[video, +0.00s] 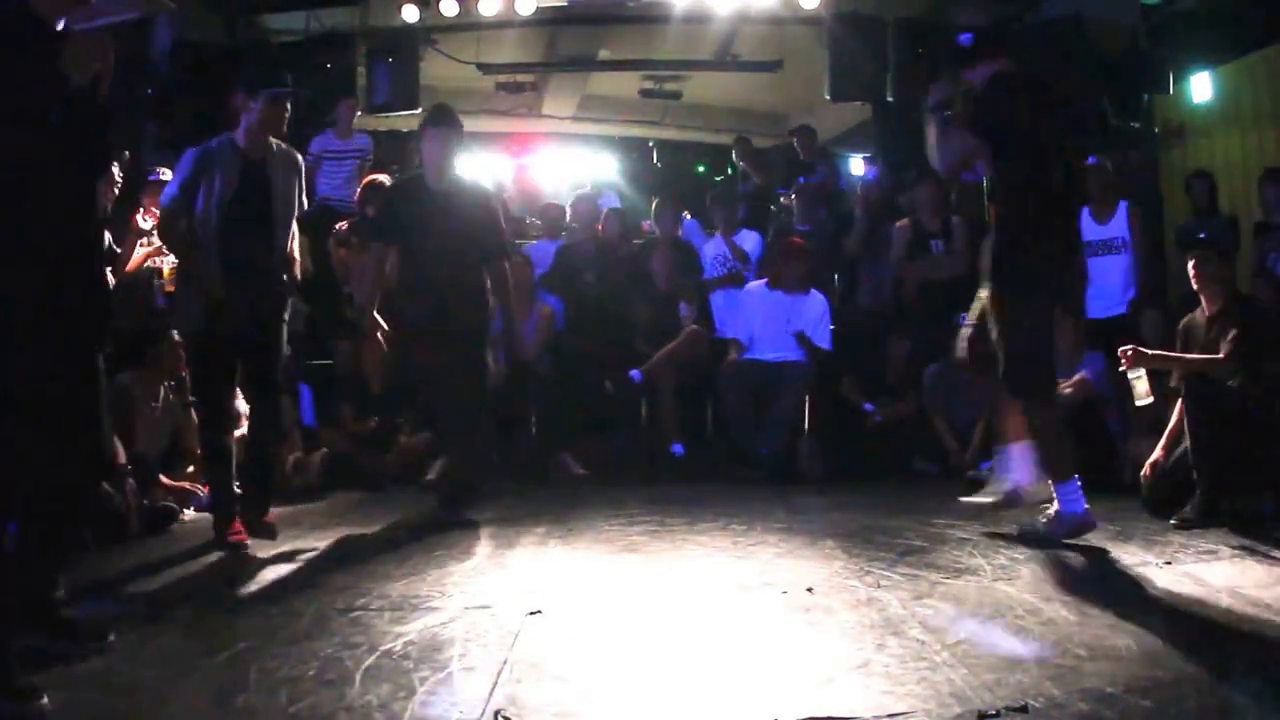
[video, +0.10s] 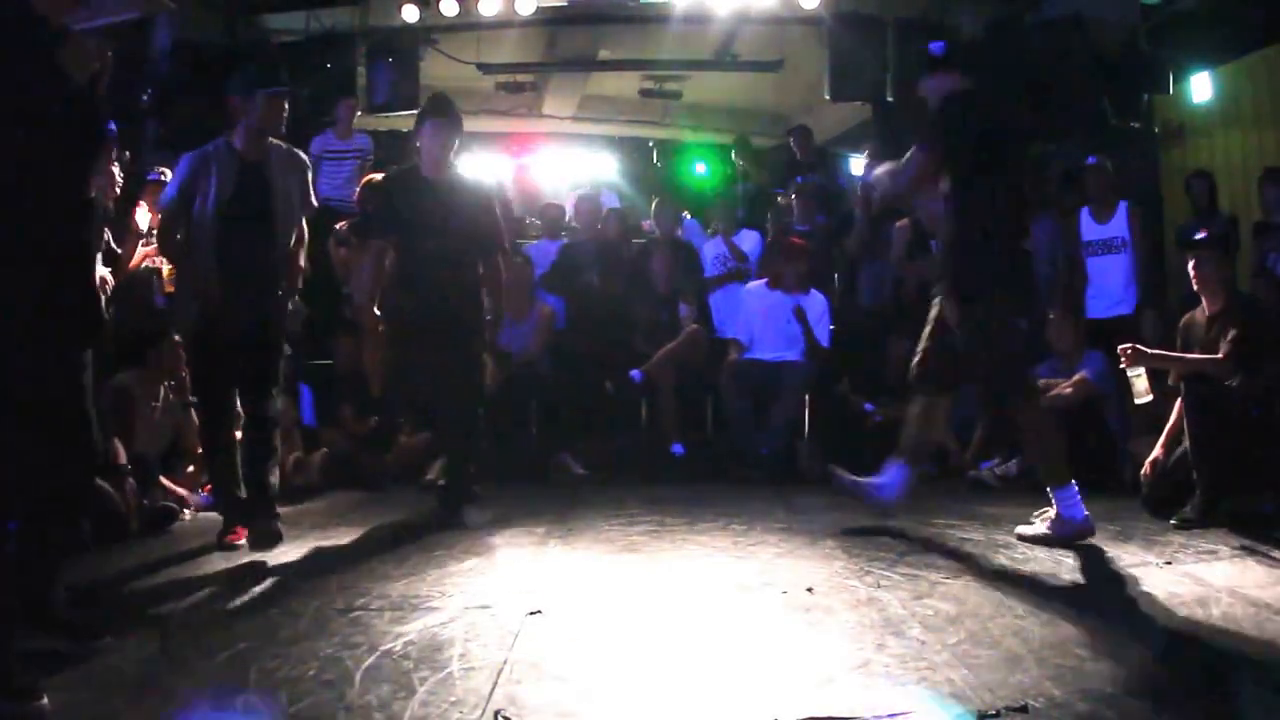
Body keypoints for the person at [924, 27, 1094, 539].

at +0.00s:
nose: (964, 76)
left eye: (967, 66)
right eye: (964, 67)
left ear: (982, 61)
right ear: (1011, 55)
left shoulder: (1000, 98)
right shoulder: (1047, 96)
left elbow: (947, 160)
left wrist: (935, 108)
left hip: (1021, 262)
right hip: (1043, 257)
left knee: (1030, 380)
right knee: (993, 360)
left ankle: (1070, 502)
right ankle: (1017, 473)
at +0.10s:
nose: (923, 94)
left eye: (928, 83)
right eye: (923, 84)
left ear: (946, 77)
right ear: (962, 77)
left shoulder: (956, 118)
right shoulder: (994, 120)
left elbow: (904, 184)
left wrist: (877, 179)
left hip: (976, 278)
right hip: (995, 274)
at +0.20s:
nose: (875, 105)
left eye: (882, 96)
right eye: (876, 96)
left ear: (907, 98)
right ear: (918, 100)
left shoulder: (904, 141)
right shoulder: (945, 144)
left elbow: (868, 216)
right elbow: (927, 252)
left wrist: (819, 265)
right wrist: (869, 290)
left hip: (926, 294)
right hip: (957, 293)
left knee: (872, 393)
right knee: (979, 402)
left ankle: (840, 499)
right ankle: (1060, 498)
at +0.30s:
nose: (819, 95)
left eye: (824, 85)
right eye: (819, 86)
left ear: (847, 85)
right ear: (856, 87)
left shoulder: (853, 133)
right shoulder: (887, 132)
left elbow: (842, 217)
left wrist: (819, 277)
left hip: (857, 282)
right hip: (886, 282)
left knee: (831, 385)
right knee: (878, 403)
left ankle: (834, 498)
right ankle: (980, 462)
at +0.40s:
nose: (779, 75)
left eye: (784, 65)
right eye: (779, 66)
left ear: (807, 61)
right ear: (808, 63)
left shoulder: (828, 115)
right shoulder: (823, 114)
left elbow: (812, 200)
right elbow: (797, 202)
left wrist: (767, 254)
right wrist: (758, 248)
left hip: (824, 271)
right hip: (825, 267)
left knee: (806, 374)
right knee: (811, 372)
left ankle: (827, 489)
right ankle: (862, 457)